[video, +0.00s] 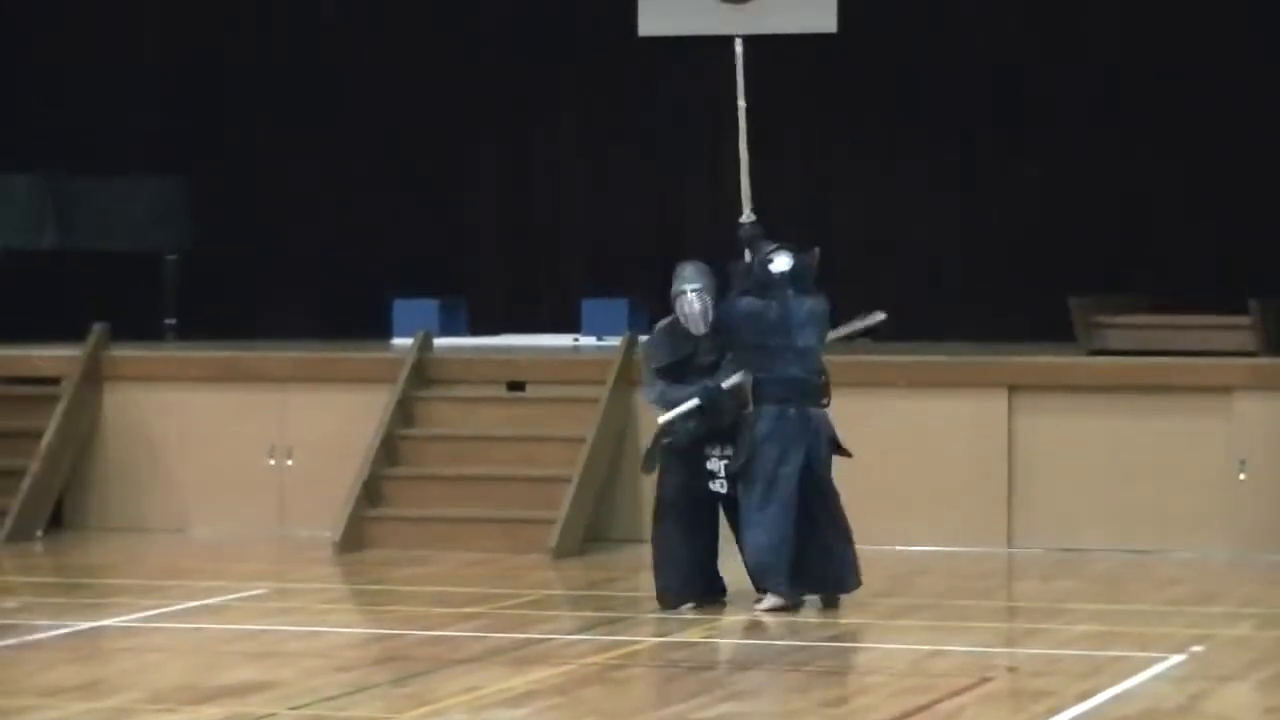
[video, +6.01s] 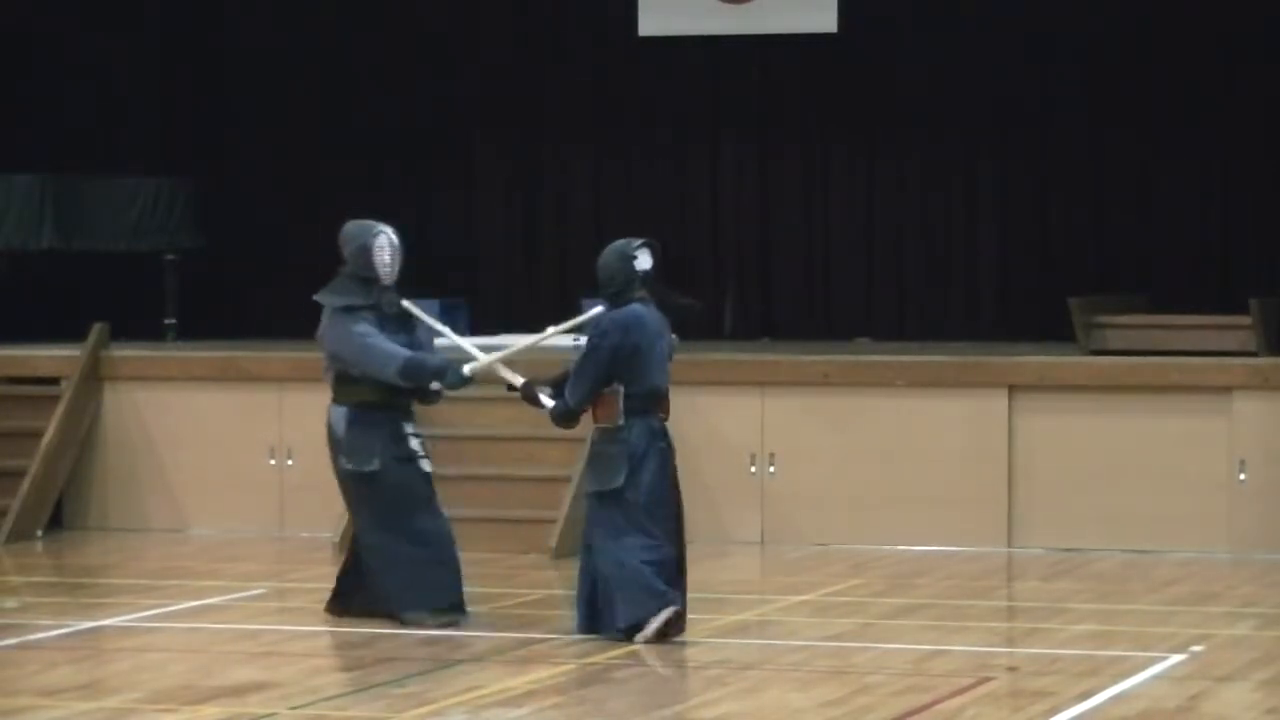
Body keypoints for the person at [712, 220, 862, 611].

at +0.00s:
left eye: (766, 268)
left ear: (765, 277)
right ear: (798, 273)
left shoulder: (750, 313)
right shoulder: (814, 309)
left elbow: (729, 307)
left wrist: (749, 267)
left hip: (771, 410)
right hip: (812, 410)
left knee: (767, 493)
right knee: (816, 493)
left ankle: (779, 587)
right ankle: (830, 581)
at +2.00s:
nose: (576, 285)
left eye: (578, 279)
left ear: (583, 282)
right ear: (616, 278)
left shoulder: (587, 321)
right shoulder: (640, 321)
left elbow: (556, 360)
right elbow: (652, 364)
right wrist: (619, 375)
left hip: (591, 418)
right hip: (626, 418)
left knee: (577, 501)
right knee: (620, 502)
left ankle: (586, 595)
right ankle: (625, 589)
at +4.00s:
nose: (626, 276)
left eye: (629, 270)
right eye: (631, 269)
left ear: (636, 277)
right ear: (672, 278)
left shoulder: (627, 321)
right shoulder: (690, 322)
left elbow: (576, 358)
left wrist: (575, 330)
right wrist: (624, 313)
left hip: (650, 432)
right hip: (692, 430)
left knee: (643, 526)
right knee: (681, 526)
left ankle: (670, 619)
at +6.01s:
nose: (601, 284)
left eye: (604, 277)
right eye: (604, 276)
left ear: (610, 279)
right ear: (640, 277)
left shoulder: (613, 326)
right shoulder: (655, 321)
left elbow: (576, 398)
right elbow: (603, 370)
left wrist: (543, 400)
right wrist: (551, 387)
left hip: (622, 435)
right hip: (653, 430)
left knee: (608, 525)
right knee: (646, 522)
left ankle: (651, 606)